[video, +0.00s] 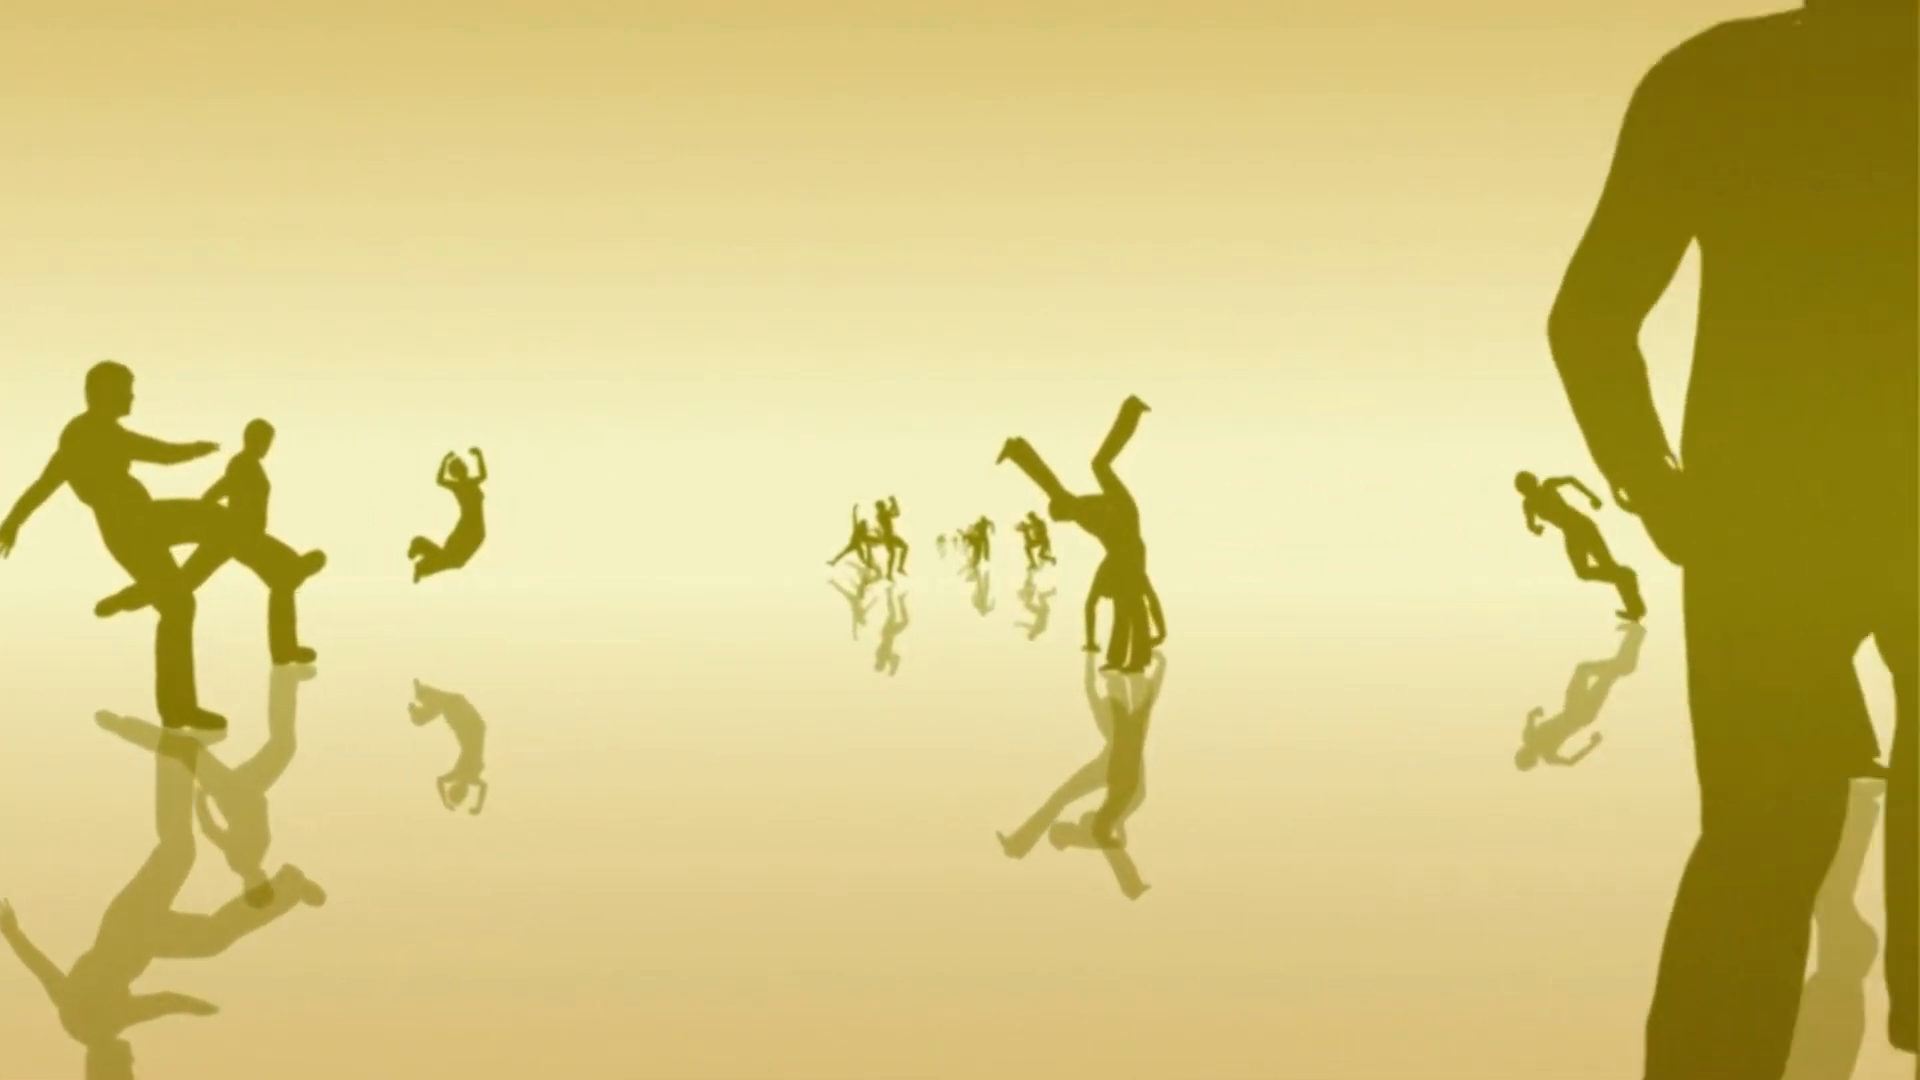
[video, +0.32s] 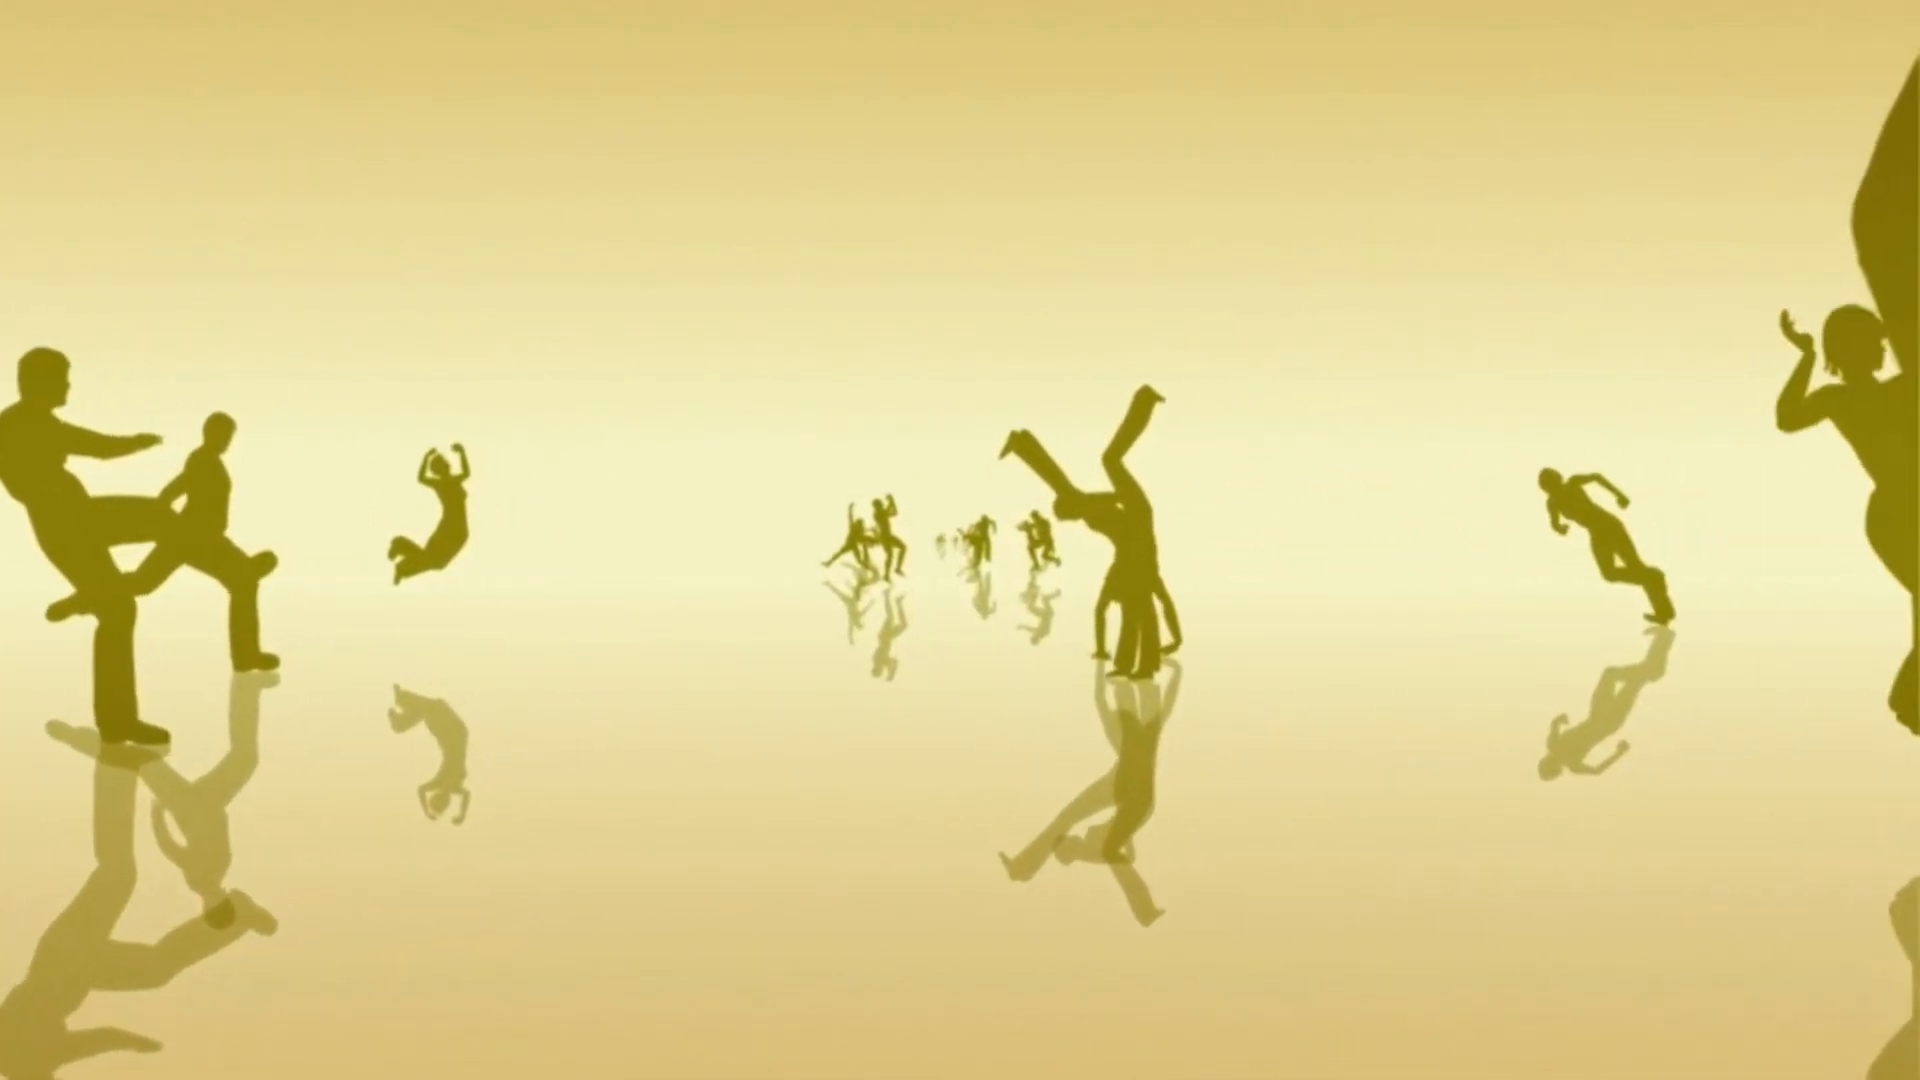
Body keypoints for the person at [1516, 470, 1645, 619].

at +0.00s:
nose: (1526, 491)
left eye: (1527, 485)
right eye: (1522, 489)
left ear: (1532, 481)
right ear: (1521, 490)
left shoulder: (1548, 485)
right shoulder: (1528, 504)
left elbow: (1571, 479)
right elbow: (1530, 523)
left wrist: (1591, 496)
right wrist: (1536, 529)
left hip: (1582, 524)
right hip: (1569, 531)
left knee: (1607, 564)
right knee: (1583, 571)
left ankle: (1634, 606)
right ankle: (1622, 575)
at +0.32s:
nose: (1550, 489)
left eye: (1551, 483)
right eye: (1545, 486)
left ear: (1557, 479)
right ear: (1544, 488)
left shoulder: (1573, 483)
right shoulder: (1552, 503)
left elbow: (1597, 477)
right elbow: (1554, 523)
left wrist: (1618, 495)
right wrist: (1561, 529)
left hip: (1609, 524)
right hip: (1595, 532)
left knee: (1635, 565)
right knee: (1609, 573)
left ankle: (1663, 610)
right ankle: (1651, 576)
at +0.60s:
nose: (1578, 486)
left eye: (1579, 481)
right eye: (1574, 484)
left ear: (1586, 476)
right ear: (1573, 485)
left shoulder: (1604, 480)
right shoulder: (1582, 500)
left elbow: (1629, 473)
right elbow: (1584, 522)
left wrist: (1652, 493)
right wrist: (1591, 528)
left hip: (1641, 523)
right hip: (1627, 531)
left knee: (1669, 566)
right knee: (1642, 575)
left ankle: (1698, 614)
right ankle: (1686, 579)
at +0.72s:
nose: (1586, 486)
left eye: (1586, 480)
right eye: (1582, 483)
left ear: (1593, 475)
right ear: (1582, 484)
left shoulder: (1612, 479)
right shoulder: (1590, 500)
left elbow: (1637, 473)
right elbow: (1592, 521)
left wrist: (1661, 492)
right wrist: (1599, 528)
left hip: (1650, 522)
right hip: (1636, 531)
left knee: (1678, 567)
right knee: (1650, 575)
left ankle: (1708, 615)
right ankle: (1695, 579)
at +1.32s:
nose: (1651, 480)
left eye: (1651, 474)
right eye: (1647, 477)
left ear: (1657, 470)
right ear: (1648, 477)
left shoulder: (1680, 472)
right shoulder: (1655, 496)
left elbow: (1707, 466)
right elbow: (1658, 521)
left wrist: (1733, 487)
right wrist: (1666, 527)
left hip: (1720, 521)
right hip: (1706, 530)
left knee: (1752, 569)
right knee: (1722, 579)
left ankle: (1785, 623)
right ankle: (1771, 583)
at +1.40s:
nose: (1663, 479)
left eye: (1662, 474)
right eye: (1661, 475)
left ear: (1666, 471)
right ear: (1673, 466)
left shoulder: (1696, 471)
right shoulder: (1669, 494)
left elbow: (1723, 464)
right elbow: (1672, 520)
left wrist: (1750, 486)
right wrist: (1681, 527)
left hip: (1735, 520)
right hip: (1722, 529)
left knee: (1769, 570)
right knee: (1738, 580)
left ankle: (1802, 625)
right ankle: (1788, 583)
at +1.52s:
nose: (1676, 478)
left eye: (1676, 471)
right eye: (1671, 475)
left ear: (1683, 467)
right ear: (1671, 476)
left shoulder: (1705, 470)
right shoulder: (1680, 495)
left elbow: (1734, 463)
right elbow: (1683, 520)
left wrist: (1760, 485)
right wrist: (1691, 527)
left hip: (1748, 520)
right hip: (1733, 530)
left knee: (1780, 570)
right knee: (1749, 581)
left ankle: (1814, 626)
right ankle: (1799, 584)